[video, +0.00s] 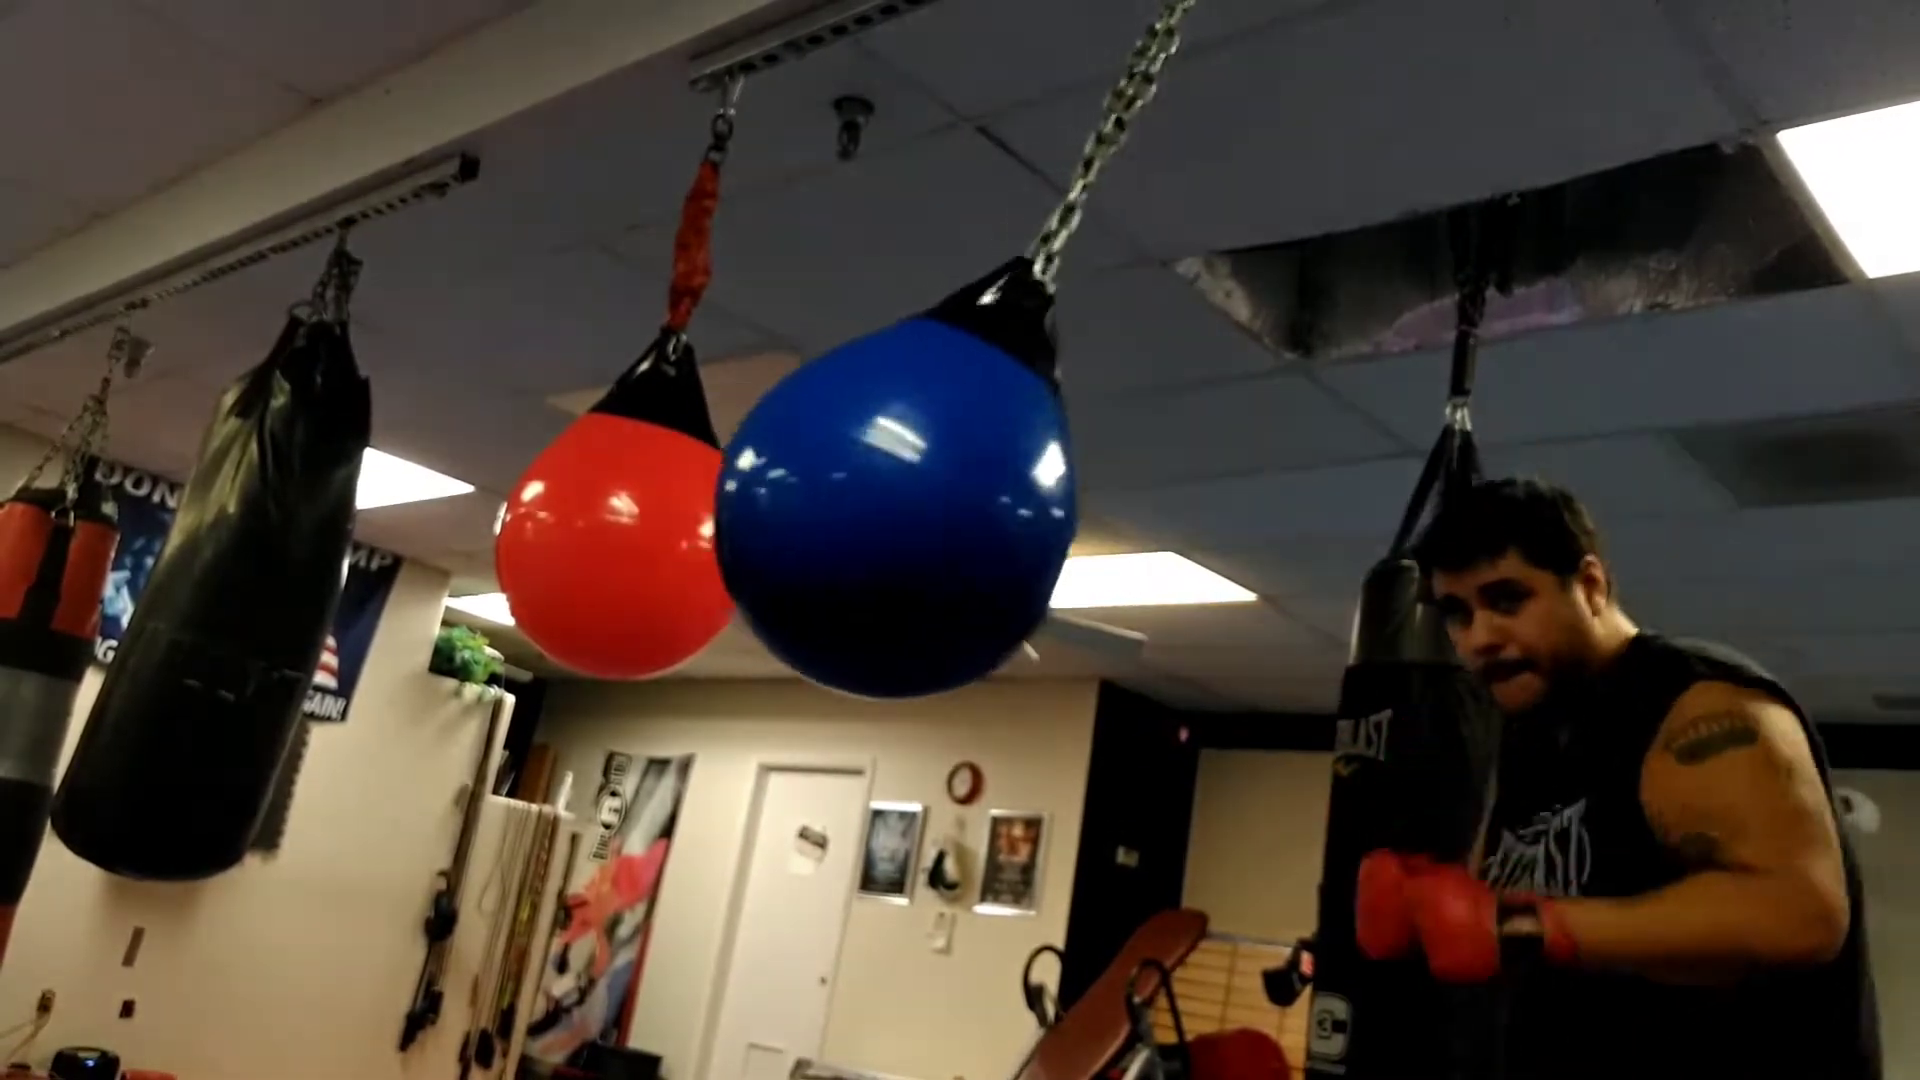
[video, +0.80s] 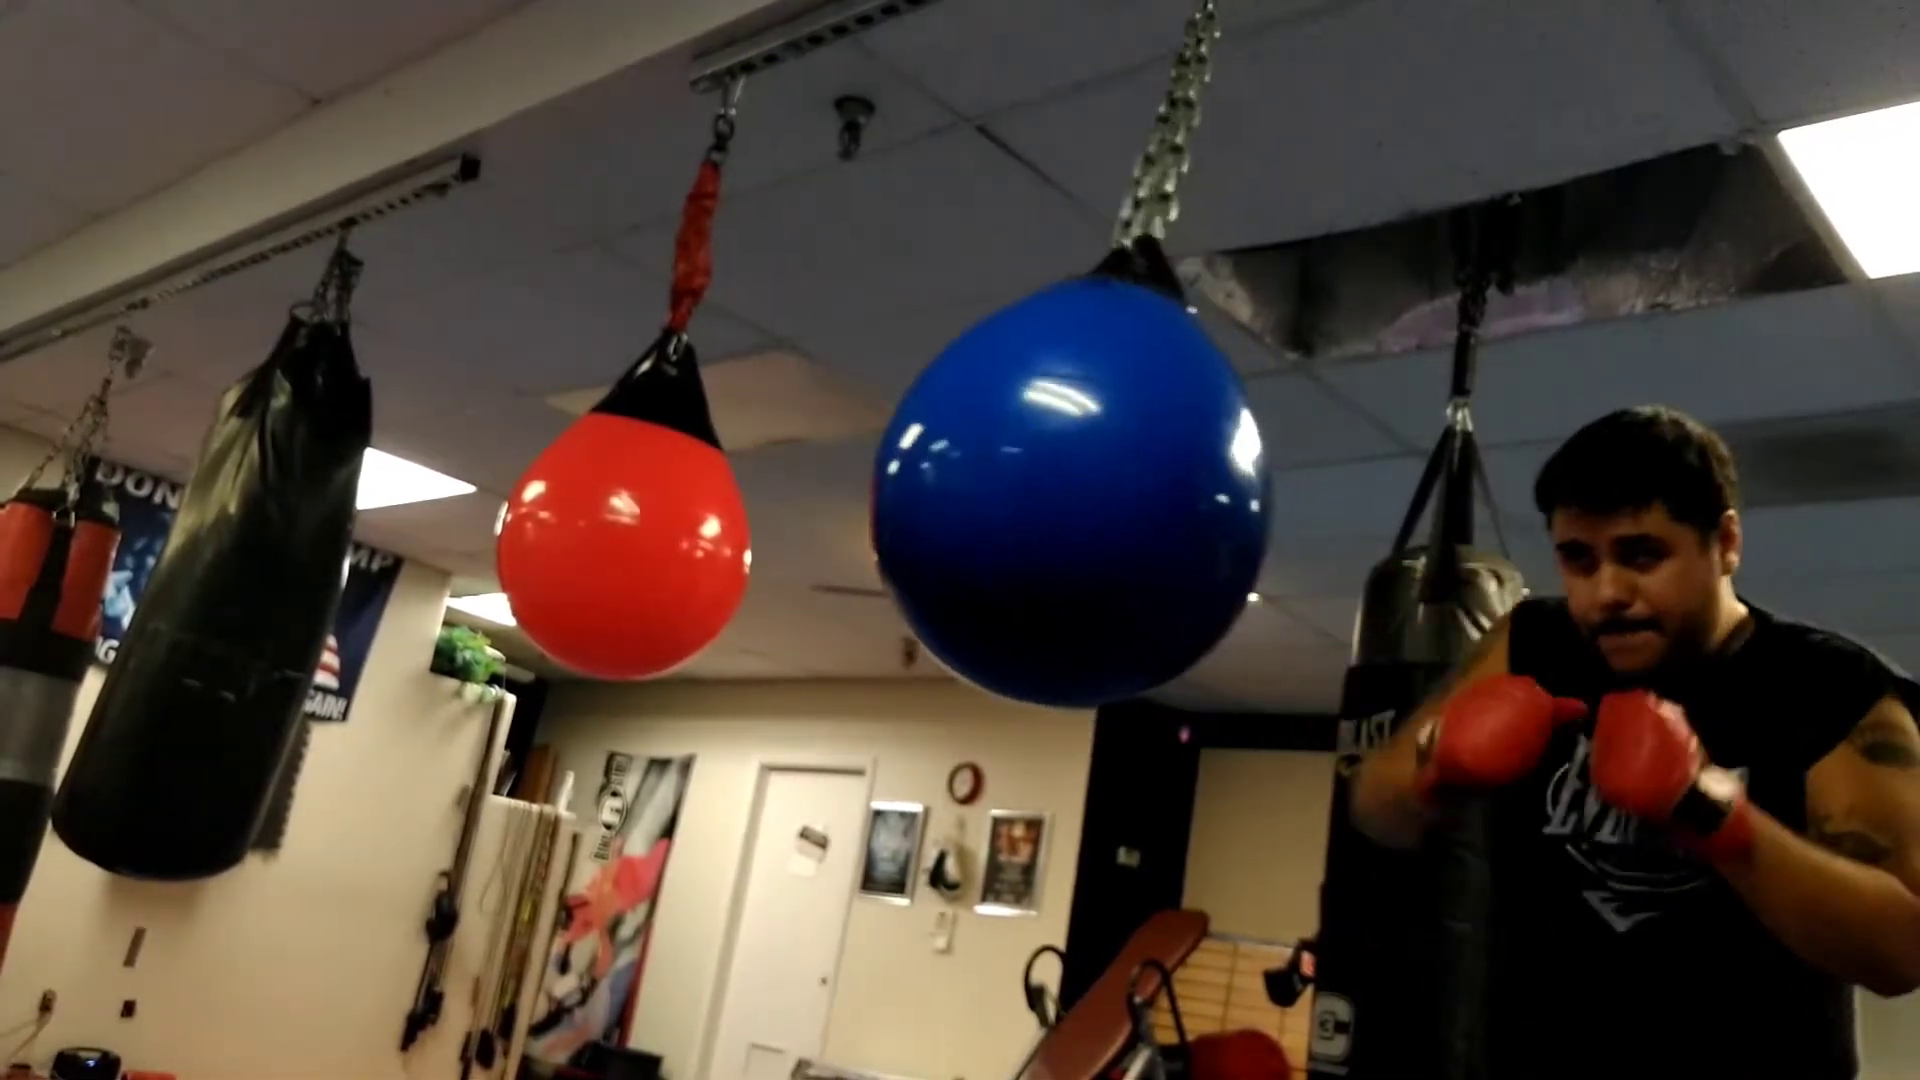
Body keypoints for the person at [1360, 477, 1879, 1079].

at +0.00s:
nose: (1480, 640)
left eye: (1507, 601)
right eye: (1457, 614)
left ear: (1590, 585)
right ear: (1442, 620)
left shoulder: (1713, 713)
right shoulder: (1520, 740)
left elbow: (1802, 911)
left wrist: (1524, 923)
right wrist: (1426, 909)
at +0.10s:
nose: (1465, 626)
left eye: (1489, 588)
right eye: (1440, 603)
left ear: (1570, 567)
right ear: (1425, 615)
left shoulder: (1679, 672)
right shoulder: (1490, 723)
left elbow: (1790, 821)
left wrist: (1532, 765)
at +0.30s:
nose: (1498, 603)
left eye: (1525, 566)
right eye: (1468, 582)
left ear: (1602, 554)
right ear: (1445, 593)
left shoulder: (1673, 605)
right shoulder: (1488, 709)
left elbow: (1706, 671)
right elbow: (1470, 944)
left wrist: (1429, 634)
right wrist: (1428, 857)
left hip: (1742, 1074)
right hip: (1557, 1076)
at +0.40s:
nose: (1529, 588)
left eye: (1558, 549)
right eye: (1504, 562)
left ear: (1643, 533)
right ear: (1487, 574)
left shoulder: (1753, 639)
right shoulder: (1492, 677)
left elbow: (1879, 802)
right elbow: (1354, 831)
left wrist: (1592, 737)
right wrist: (1396, 751)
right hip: (1529, 1079)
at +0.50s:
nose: (1537, 607)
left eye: (1561, 565)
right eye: (1518, 576)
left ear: (1661, 535)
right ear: (1502, 573)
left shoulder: (1821, 676)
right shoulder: (1535, 625)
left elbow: (1887, 924)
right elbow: (1331, 613)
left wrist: (1699, 783)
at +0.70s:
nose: (1625, 586)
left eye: (1659, 547)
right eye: (1596, 553)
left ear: (1743, 540)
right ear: (1571, 553)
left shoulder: (1841, 685)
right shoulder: (1547, 627)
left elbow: (1898, 932)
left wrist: (1721, 778)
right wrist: (1383, 685)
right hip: (1544, 1079)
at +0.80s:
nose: (1608, 593)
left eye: (1641, 555)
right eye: (1579, 560)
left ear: (1725, 544)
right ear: (1556, 561)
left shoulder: (1834, 697)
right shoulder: (1536, 647)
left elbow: (1897, 949)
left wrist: (1710, 808)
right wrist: (1438, 762)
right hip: (1547, 1076)